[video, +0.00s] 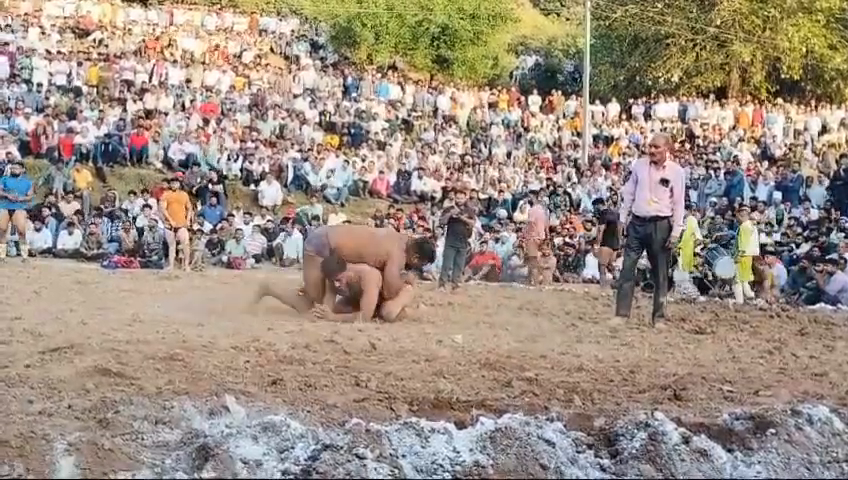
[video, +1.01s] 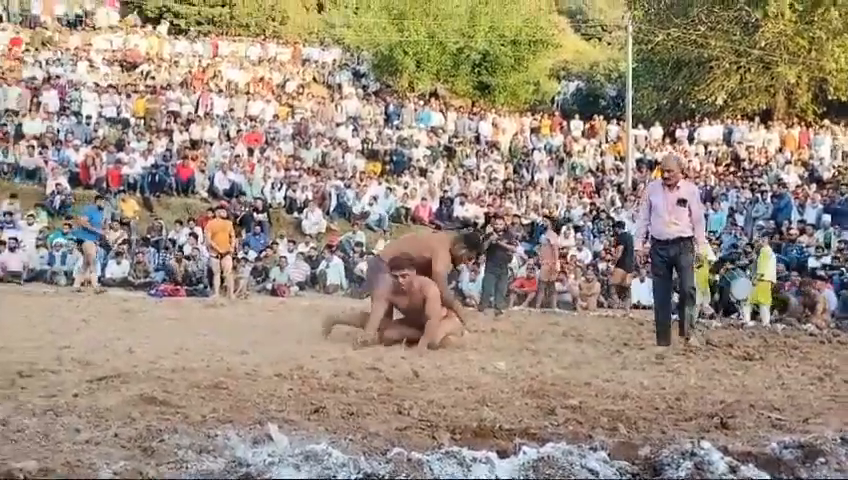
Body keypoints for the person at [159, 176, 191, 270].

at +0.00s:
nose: (174, 185)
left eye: (176, 182)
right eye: (172, 183)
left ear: (179, 184)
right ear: (169, 184)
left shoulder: (184, 195)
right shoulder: (165, 195)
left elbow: (189, 208)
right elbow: (163, 209)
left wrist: (188, 220)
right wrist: (170, 220)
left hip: (182, 224)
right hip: (169, 224)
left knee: (186, 244)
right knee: (171, 245)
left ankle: (186, 265)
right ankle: (170, 265)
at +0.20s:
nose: (177, 186)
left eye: (179, 184)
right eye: (175, 184)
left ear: (182, 185)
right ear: (172, 185)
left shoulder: (186, 196)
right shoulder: (168, 196)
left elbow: (191, 210)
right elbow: (167, 210)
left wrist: (190, 222)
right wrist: (174, 222)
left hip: (184, 225)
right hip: (171, 225)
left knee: (186, 246)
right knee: (173, 246)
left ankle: (187, 266)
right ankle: (172, 266)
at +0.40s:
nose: (183, 187)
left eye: (184, 185)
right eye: (180, 185)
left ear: (186, 186)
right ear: (176, 186)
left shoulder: (191, 198)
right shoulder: (172, 198)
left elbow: (195, 213)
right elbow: (172, 213)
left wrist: (195, 225)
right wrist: (180, 225)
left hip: (188, 228)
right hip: (176, 228)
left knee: (190, 249)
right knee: (177, 249)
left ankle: (191, 269)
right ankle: (176, 268)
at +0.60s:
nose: (204, 196)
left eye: (205, 194)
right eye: (201, 194)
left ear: (208, 195)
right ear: (198, 195)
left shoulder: (211, 207)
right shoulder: (193, 207)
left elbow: (215, 221)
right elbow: (192, 222)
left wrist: (215, 233)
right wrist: (200, 233)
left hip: (209, 236)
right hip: (197, 236)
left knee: (210, 257)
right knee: (198, 256)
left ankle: (212, 276)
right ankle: (198, 276)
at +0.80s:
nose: (231, 206)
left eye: (232, 204)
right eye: (229, 204)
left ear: (234, 205)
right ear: (224, 206)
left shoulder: (237, 217)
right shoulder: (219, 217)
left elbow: (241, 230)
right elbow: (218, 233)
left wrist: (240, 242)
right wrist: (227, 243)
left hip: (235, 246)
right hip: (223, 246)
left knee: (236, 268)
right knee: (224, 268)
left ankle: (238, 287)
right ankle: (224, 287)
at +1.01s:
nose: (223, 212)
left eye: (224, 210)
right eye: (221, 210)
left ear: (226, 212)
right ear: (216, 212)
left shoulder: (229, 223)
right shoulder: (210, 224)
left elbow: (232, 236)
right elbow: (208, 239)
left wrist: (232, 247)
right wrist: (217, 249)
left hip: (227, 252)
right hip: (214, 252)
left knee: (228, 273)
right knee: (216, 274)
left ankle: (230, 294)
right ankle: (216, 293)